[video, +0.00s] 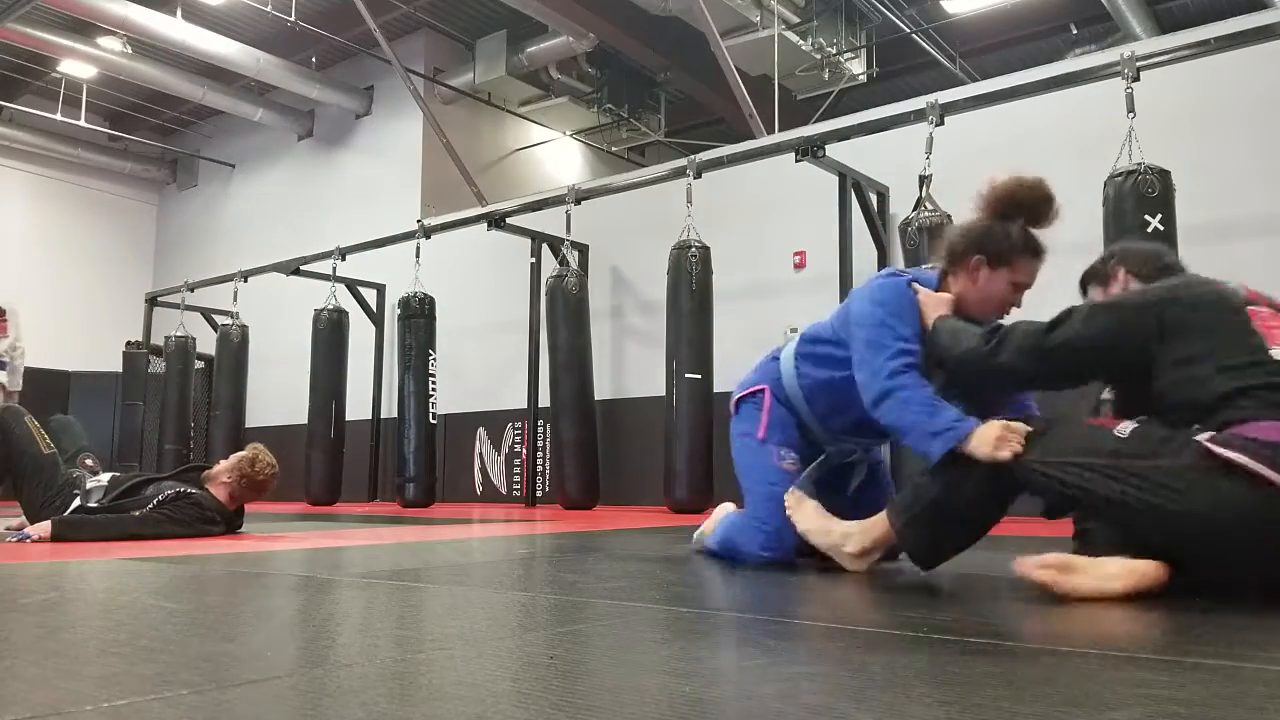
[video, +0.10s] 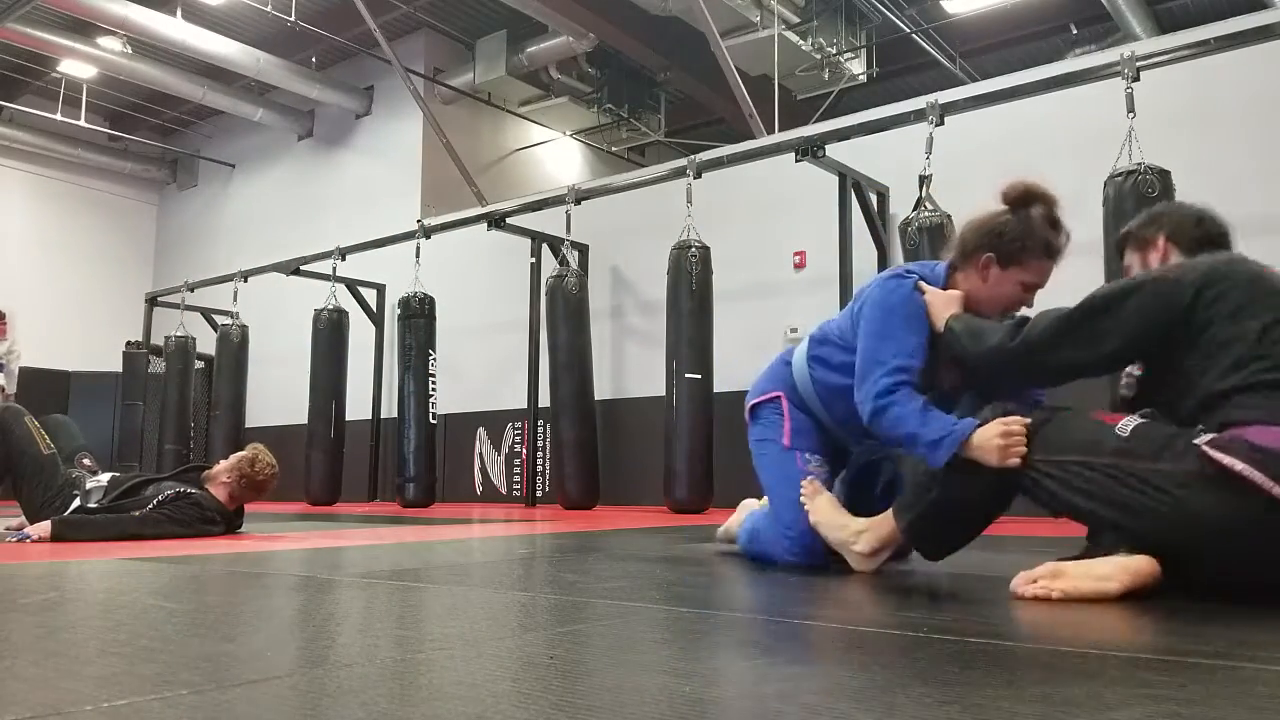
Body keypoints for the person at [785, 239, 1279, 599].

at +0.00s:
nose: (1095, 314)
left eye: (1098, 302)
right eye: (1094, 305)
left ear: (1123, 280)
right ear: (1160, 276)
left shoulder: (1148, 310)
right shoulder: (1221, 311)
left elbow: (1015, 354)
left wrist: (940, 320)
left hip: (1241, 496)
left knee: (1025, 438)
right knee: (1102, 448)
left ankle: (866, 536)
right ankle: (1115, 555)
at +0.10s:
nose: (1129, 282)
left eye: (1131, 268)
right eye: (1128, 270)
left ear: (1160, 251)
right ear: (1216, 247)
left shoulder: (1188, 283)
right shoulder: (1257, 289)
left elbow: (1045, 347)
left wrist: (952, 321)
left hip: (1234, 494)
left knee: (1021, 430)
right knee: (1137, 438)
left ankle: (876, 537)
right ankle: (1117, 549)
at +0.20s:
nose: (1159, 265)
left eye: (1164, 249)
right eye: (1160, 252)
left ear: (1197, 235)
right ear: (1253, 237)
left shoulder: (1207, 277)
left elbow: (1042, 343)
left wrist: (952, 318)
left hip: (1223, 505)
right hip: (1267, 536)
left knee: (1010, 422)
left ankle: (878, 537)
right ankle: (1125, 556)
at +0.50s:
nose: (1171, 232)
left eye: (1175, 218)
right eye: (1172, 219)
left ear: (1204, 205)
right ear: (1267, 209)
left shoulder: (1198, 271)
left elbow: (1044, 334)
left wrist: (953, 318)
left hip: (1216, 532)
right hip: (1272, 554)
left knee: (994, 432)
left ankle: (873, 533)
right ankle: (1112, 564)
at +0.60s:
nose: (1167, 226)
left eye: (1169, 211)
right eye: (1167, 213)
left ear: (1194, 203)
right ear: (1266, 203)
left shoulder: (1182, 280)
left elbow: (1004, 349)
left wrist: (964, 309)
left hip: (1212, 533)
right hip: (1274, 556)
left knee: (1006, 431)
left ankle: (873, 539)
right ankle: (1112, 565)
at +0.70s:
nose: (1160, 222)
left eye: (1162, 208)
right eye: (1159, 210)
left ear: (1186, 202)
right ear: (1262, 200)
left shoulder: (1174, 287)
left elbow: (1010, 349)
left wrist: (980, 305)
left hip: (1211, 542)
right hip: (1274, 559)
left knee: (1009, 430)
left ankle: (867, 536)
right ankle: (1111, 565)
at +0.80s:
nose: (1159, 222)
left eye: (1163, 208)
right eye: (1158, 211)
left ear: (1189, 201)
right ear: (1264, 194)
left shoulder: (1178, 288)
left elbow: (1027, 348)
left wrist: (989, 293)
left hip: (1208, 542)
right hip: (1269, 556)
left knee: (1002, 430)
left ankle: (865, 537)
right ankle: (1110, 564)